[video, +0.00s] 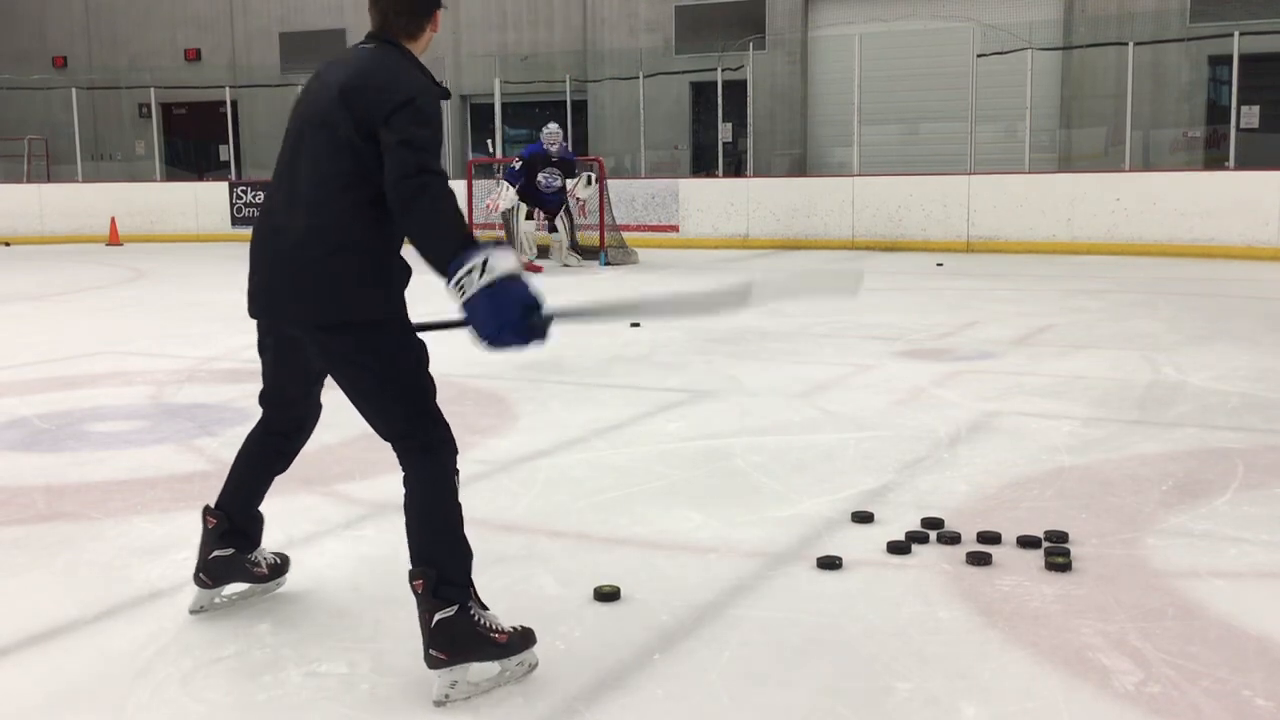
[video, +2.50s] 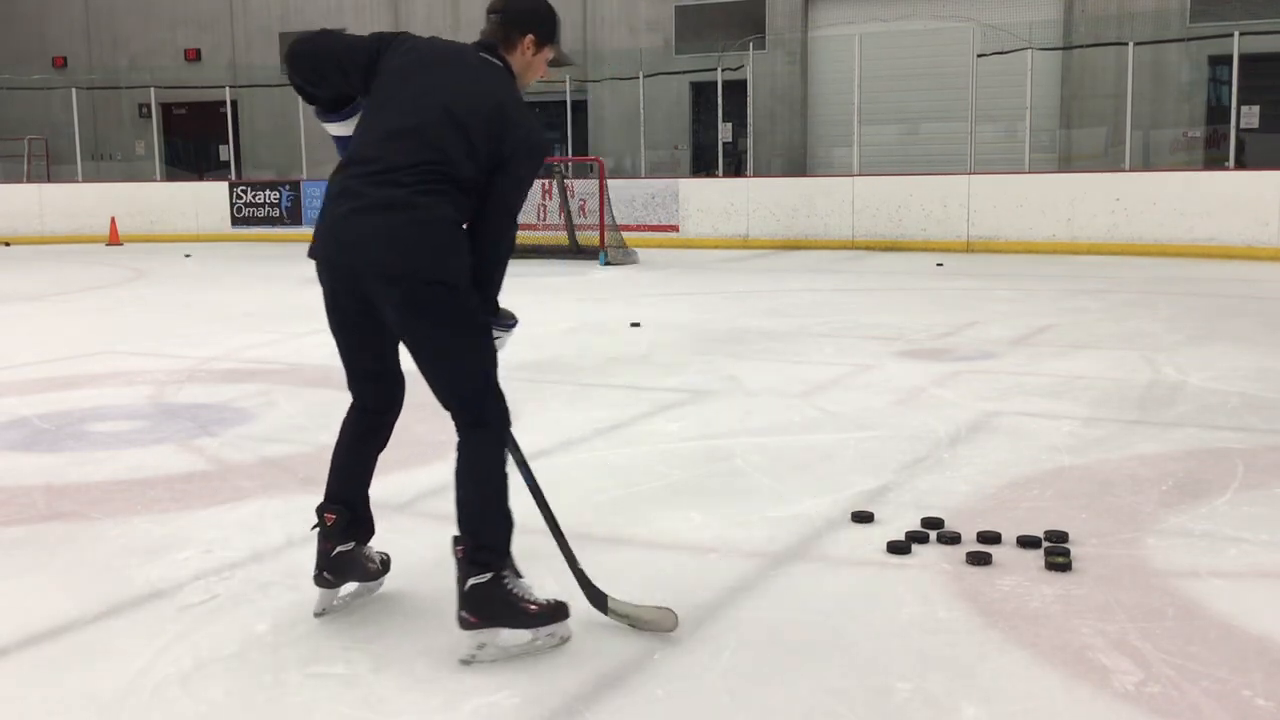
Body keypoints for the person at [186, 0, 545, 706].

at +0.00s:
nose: (439, 26)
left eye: (434, 16)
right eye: (439, 17)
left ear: (375, 16)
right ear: (431, 23)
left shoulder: (331, 74)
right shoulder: (405, 84)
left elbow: (318, 187)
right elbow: (417, 189)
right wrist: (475, 271)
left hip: (280, 290)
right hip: (351, 298)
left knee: (283, 422)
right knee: (428, 450)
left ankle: (223, 546)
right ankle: (449, 614)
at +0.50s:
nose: (483, 126)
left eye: (483, 116)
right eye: (487, 115)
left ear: (428, 95)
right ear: (479, 107)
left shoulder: (379, 134)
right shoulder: (452, 135)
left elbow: (340, 229)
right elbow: (445, 182)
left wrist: (397, 306)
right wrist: (406, 275)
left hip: (255, 293)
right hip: (329, 307)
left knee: (289, 417)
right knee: (409, 462)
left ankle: (212, 542)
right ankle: (407, 617)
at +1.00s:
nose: (448, 96)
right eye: (452, 89)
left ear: (398, 83)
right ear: (451, 93)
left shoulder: (350, 122)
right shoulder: (462, 164)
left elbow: (278, 153)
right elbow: (443, 248)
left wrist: (212, 208)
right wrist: (414, 275)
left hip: (307, 289)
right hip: (375, 309)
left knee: (384, 383)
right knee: (419, 448)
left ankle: (342, 490)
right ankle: (384, 566)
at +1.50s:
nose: (560, 67)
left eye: (558, 56)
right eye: (561, 56)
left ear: (507, 46)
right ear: (549, 54)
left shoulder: (447, 93)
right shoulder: (542, 118)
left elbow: (373, 152)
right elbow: (560, 217)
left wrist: (375, 224)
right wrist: (601, 293)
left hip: (400, 260)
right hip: (460, 273)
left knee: (446, 379)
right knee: (535, 396)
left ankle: (392, 487)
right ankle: (516, 538)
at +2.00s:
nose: (626, 63)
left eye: (631, 52)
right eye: (628, 50)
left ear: (577, 27)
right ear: (605, 36)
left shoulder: (485, 55)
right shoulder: (606, 116)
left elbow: (395, 80)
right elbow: (609, 230)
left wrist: (407, 162)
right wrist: (632, 319)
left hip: (433, 253)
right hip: (519, 264)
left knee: (424, 380)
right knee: (557, 404)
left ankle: (396, 515)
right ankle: (604, 543)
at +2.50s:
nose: (544, 74)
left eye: (548, 64)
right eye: (546, 61)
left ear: (493, 31)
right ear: (527, 46)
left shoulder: (403, 50)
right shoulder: (519, 124)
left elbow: (303, 50)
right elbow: (493, 234)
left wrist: (343, 121)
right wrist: (483, 308)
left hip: (341, 247)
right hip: (423, 260)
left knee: (375, 395)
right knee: (481, 418)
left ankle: (338, 543)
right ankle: (486, 582)